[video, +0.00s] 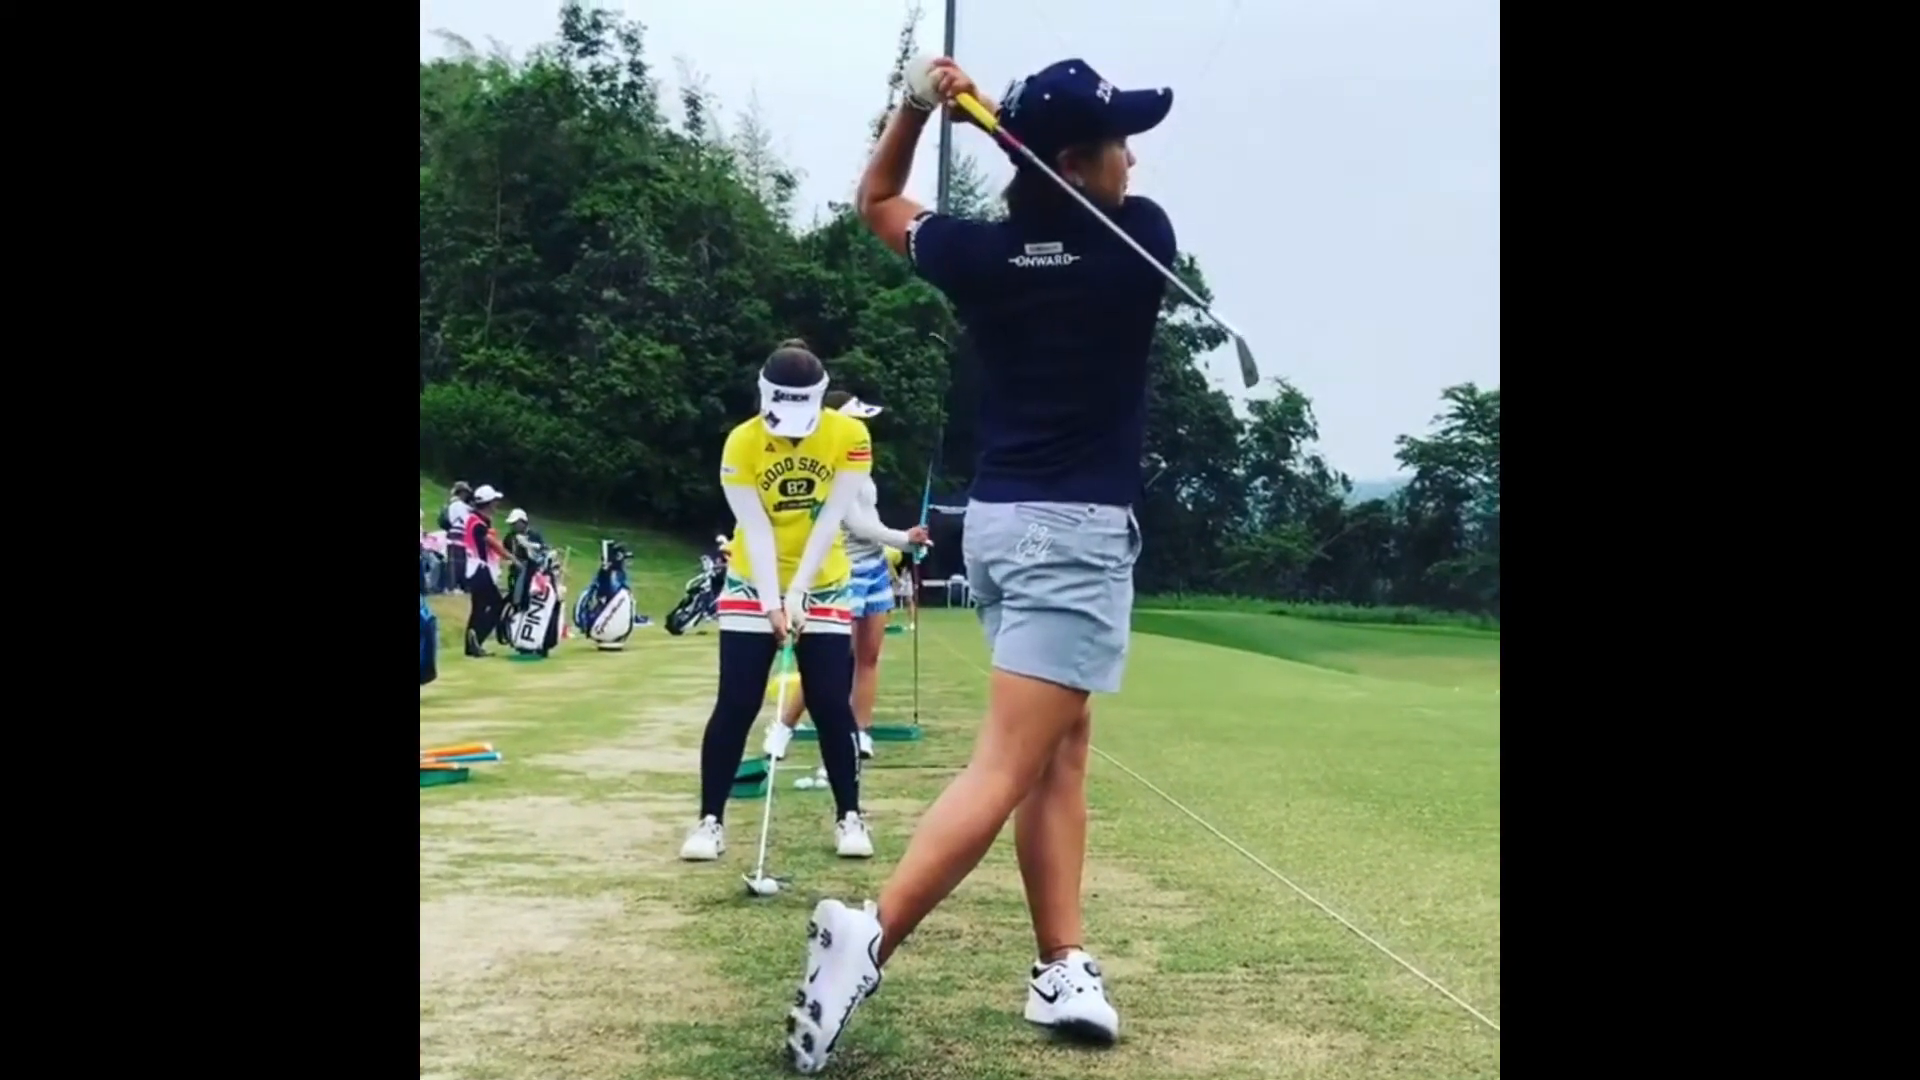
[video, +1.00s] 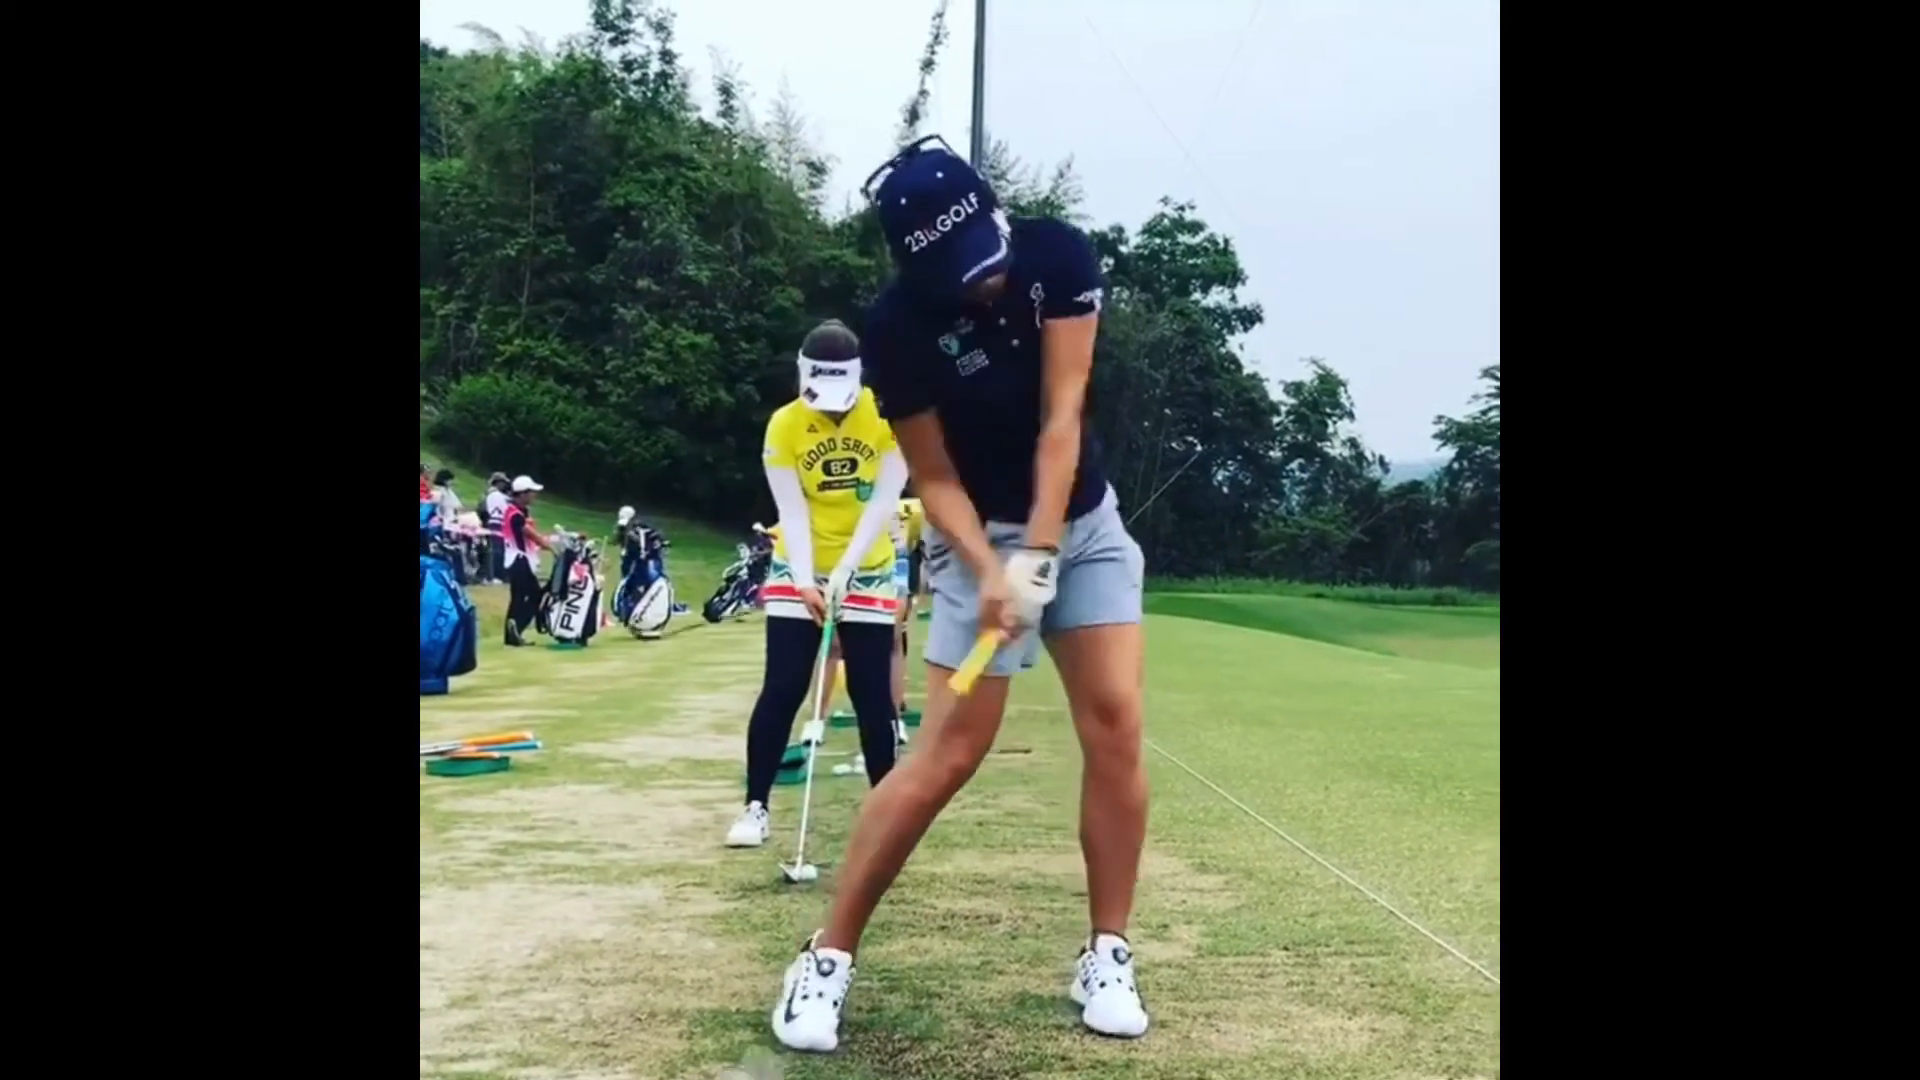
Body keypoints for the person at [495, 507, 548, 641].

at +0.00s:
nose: (513, 527)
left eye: (516, 524)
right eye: (512, 524)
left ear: (523, 523)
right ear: (512, 524)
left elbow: (543, 549)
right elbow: (506, 553)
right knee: (514, 598)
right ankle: (502, 624)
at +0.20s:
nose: (541, 486)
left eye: (541, 482)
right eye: (538, 482)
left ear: (531, 484)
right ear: (528, 483)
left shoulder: (526, 500)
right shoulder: (524, 504)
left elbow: (541, 521)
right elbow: (542, 523)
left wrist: (558, 529)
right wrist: (560, 534)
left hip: (528, 545)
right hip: (528, 546)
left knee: (527, 583)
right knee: (545, 580)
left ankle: (522, 622)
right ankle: (527, 613)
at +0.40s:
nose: (544, 490)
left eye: (545, 486)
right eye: (541, 486)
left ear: (534, 487)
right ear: (532, 487)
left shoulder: (529, 504)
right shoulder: (528, 507)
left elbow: (545, 524)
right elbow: (546, 527)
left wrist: (562, 532)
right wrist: (563, 537)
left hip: (531, 549)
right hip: (531, 550)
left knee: (531, 587)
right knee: (548, 584)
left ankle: (525, 625)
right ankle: (531, 616)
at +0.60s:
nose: (546, 492)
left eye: (546, 489)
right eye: (543, 488)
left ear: (535, 490)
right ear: (533, 490)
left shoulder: (530, 507)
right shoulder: (529, 511)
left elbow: (546, 529)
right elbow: (546, 531)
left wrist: (564, 535)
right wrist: (565, 541)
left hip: (531, 552)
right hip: (532, 553)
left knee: (531, 591)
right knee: (549, 587)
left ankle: (526, 628)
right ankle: (531, 620)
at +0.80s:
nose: (542, 495)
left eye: (542, 491)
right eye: (539, 491)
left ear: (531, 493)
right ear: (529, 492)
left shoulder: (528, 510)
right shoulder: (524, 513)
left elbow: (541, 532)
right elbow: (541, 533)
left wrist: (558, 538)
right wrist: (560, 544)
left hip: (529, 555)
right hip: (527, 556)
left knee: (527, 593)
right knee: (544, 590)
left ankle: (521, 631)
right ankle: (527, 624)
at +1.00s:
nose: (534, 496)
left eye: (534, 492)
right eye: (531, 492)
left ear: (521, 495)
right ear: (521, 494)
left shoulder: (516, 512)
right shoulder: (516, 516)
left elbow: (531, 533)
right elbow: (533, 536)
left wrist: (550, 538)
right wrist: (551, 546)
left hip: (516, 556)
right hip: (518, 558)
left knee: (518, 595)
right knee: (535, 593)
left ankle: (511, 633)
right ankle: (517, 625)